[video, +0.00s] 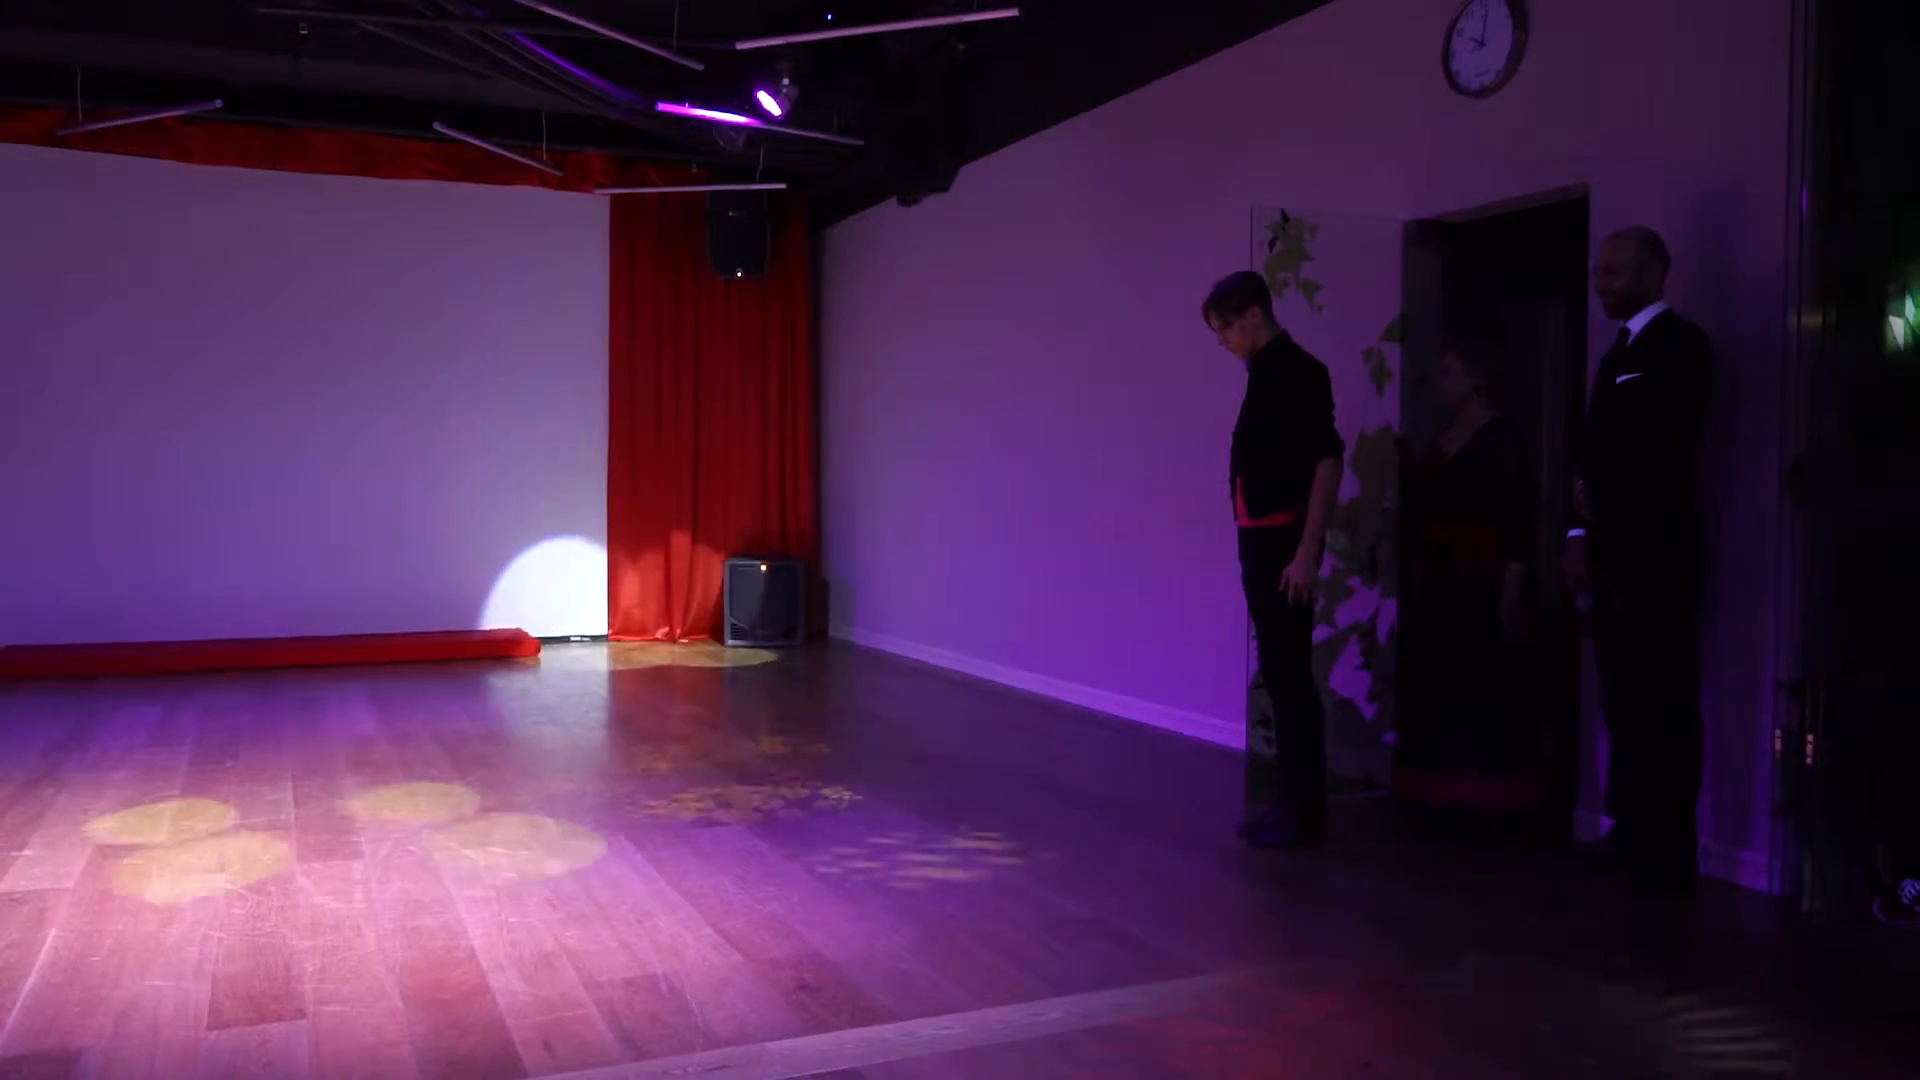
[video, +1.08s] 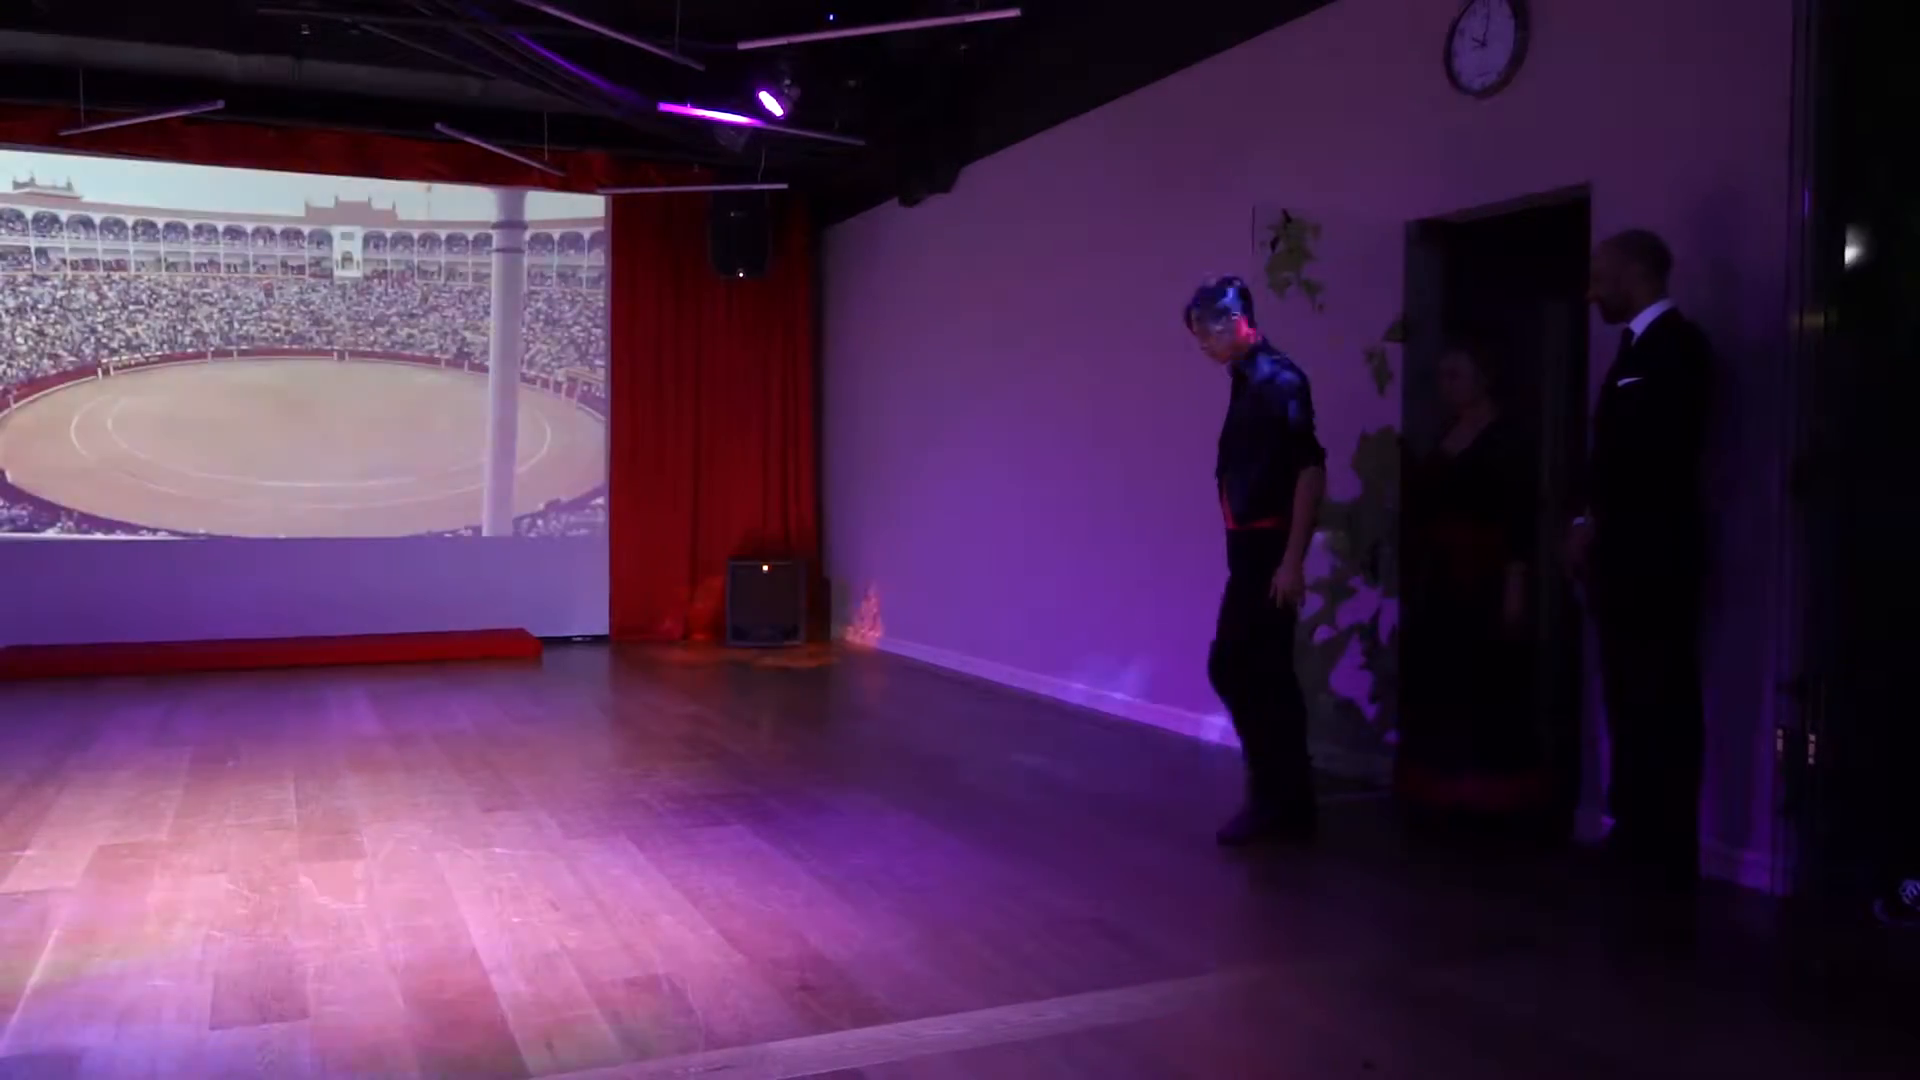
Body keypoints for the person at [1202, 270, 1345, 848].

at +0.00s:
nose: (1222, 343)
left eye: (1224, 330)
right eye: (1217, 333)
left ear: (1254, 316)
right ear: (1250, 320)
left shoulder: (1297, 372)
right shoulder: (1267, 372)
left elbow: (1327, 462)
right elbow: (1270, 465)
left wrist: (1306, 554)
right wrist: (1255, 545)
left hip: (1283, 544)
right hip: (1261, 542)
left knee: (1289, 677)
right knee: (1281, 677)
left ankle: (1299, 811)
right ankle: (1291, 805)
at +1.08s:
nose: (1204, 347)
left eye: (1209, 333)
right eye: (1198, 337)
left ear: (1241, 322)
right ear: (1227, 330)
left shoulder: (1278, 379)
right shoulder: (1250, 377)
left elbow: (1309, 470)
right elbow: (1257, 469)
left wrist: (1291, 561)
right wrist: (1244, 551)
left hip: (1267, 551)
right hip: (1249, 548)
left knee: (1232, 664)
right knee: (1262, 670)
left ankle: (1277, 802)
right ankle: (1281, 803)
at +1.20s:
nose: (1190, 349)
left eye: (1193, 337)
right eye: (1187, 339)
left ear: (1222, 327)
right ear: (1223, 328)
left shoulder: (1267, 381)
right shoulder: (1240, 379)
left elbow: (1300, 473)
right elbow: (1239, 466)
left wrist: (1285, 564)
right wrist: (1230, 542)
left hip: (1255, 551)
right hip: (1245, 548)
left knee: (1200, 663)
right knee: (1269, 675)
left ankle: (1211, 800)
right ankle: (1293, 802)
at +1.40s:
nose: (1164, 352)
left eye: (1167, 340)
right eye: (1160, 342)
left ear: (1197, 331)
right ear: (1198, 334)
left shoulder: (1239, 387)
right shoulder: (1211, 386)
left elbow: (1274, 477)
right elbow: (1212, 476)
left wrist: (1259, 569)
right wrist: (1201, 545)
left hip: (1228, 557)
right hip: (1216, 554)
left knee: (1169, 667)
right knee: (1259, 679)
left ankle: (1124, 801)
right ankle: (1294, 804)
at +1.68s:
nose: (1109, 347)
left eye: (1113, 334)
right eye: (1104, 337)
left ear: (1142, 324)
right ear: (1134, 329)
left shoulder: (1179, 382)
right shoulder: (1155, 380)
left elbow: (1205, 476)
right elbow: (1159, 471)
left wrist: (1189, 565)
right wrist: (1138, 548)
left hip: (1161, 550)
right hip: (1151, 547)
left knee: (1123, 670)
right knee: (1188, 668)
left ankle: (1101, 805)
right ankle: (1268, 779)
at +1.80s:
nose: (1083, 346)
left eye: (1085, 332)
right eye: (1078, 335)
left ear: (1113, 322)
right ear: (1111, 324)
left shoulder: (1153, 380)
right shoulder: (1127, 377)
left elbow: (1173, 476)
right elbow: (1126, 469)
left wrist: (1153, 564)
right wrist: (1105, 542)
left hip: (1135, 546)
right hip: (1117, 542)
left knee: (1112, 672)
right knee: (1126, 670)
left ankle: (1100, 806)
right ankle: (1222, 766)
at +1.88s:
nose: (1067, 344)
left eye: (1071, 331)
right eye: (1063, 333)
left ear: (1098, 321)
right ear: (1091, 326)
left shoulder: (1138, 380)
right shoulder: (1112, 376)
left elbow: (1152, 478)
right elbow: (1112, 469)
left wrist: (1127, 564)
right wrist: (1093, 546)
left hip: (1123, 542)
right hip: (1099, 539)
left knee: (1097, 668)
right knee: (1086, 665)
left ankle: (1099, 806)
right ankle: (1175, 763)